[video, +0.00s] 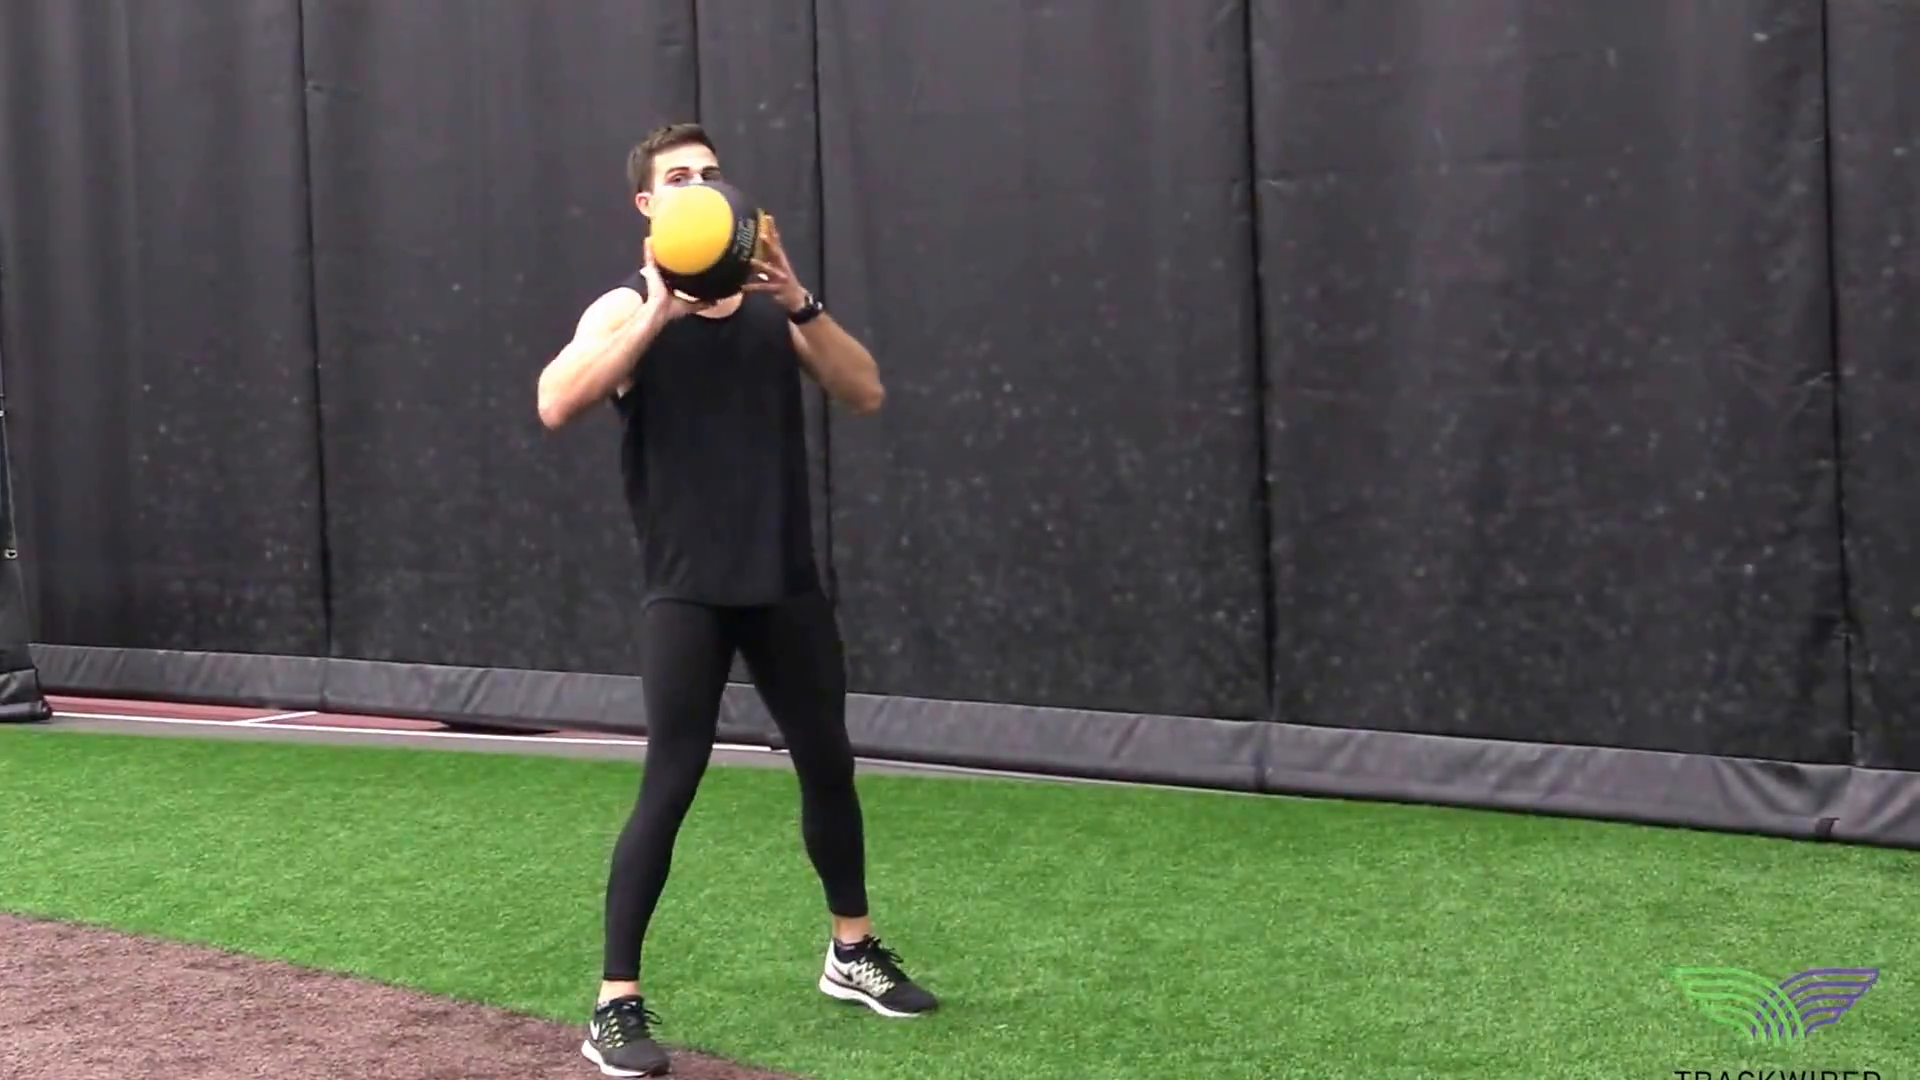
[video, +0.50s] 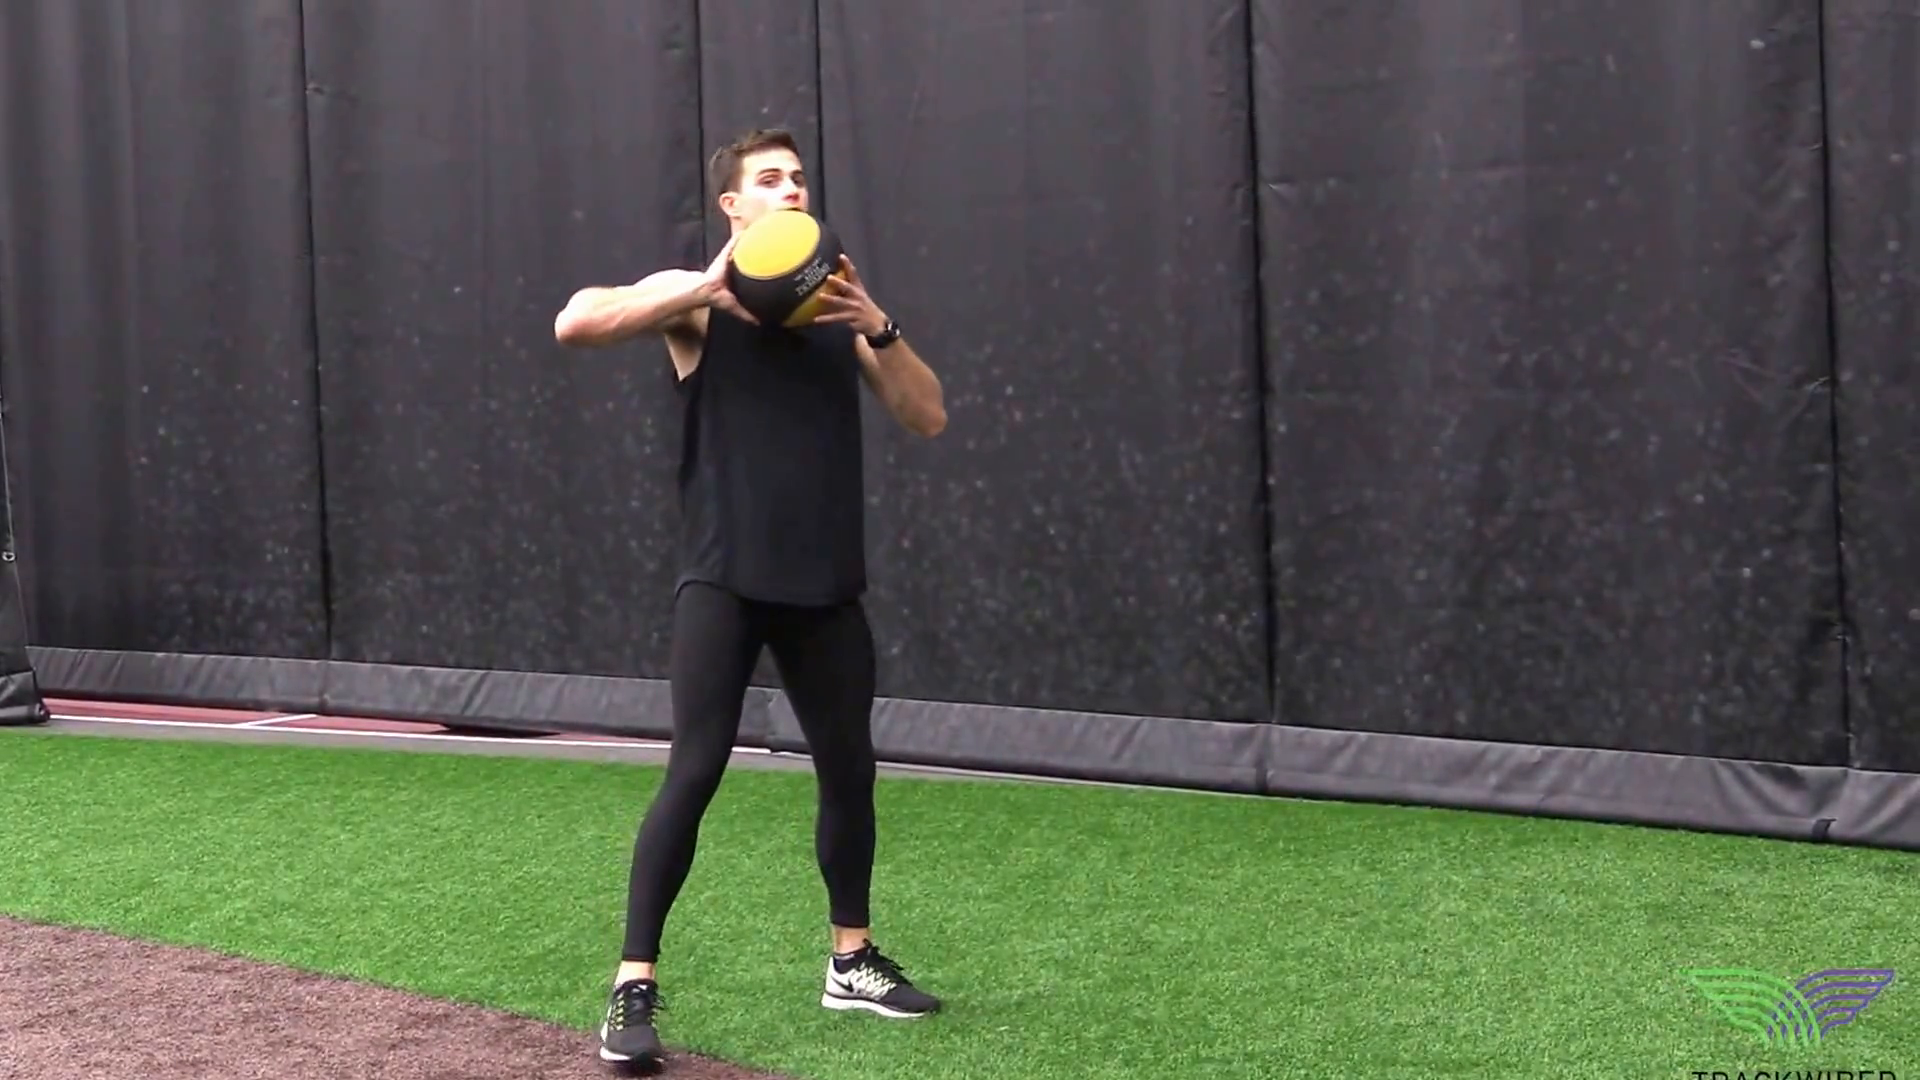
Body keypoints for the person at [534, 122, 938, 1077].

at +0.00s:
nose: (699, 191)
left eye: (708, 177)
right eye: (679, 180)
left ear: (729, 192)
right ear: (644, 205)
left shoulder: (769, 297)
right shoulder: (625, 305)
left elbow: (866, 394)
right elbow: (555, 404)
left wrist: (799, 308)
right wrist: (652, 315)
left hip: (785, 571)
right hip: (687, 579)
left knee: (829, 763)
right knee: (670, 779)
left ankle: (853, 949)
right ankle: (619, 997)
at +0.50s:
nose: (790, 189)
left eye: (798, 177)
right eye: (770, 178)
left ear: (811, 197)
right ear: (729, 202)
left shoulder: (839, 301)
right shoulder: (694, 291)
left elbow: (930, 417)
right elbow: (572, 323)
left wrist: (880, 332)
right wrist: (696, 294)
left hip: (823, 578)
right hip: (721, 574)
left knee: (850, 768)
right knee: (695, 767)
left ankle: (851, 961)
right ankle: (635, 982)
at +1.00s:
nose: (760, 207)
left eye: (765, 194)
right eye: (740, 193)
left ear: (769, 213)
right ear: (692, 209)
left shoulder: (791, 309)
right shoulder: (640, 295)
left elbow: (881, 421)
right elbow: (508, 311)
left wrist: (832, 339)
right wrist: (631, 300)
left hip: (762, 579)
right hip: (660, 574)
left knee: (787, 767)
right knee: (644, 755)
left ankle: (806, 960)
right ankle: (585, 975)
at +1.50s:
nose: (551, 257)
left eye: (554, 239)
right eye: (529, 246)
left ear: (562, 246)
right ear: (480, 265)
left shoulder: (608, 333)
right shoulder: (442, 338)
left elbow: (696, 449)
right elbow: (287, 354)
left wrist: (612, 397)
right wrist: (400, 362)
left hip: (592, 604)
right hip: (484, 604)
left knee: (648, 775)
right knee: (449, 782)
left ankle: (682, 962)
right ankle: (378, 994)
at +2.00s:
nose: (441, 376)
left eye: (440, 354)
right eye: (417, 368)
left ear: (448, 346)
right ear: (367, 384)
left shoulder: (501, 412)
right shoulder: (328, 427)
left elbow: (585, 535)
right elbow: (172, 441)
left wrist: (486, 518)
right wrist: (275, 473)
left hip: (535, 619)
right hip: (424, 636)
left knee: (631, 781)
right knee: (409, 800)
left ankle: (692, 933)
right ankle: (377, 1011)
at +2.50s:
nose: (407, 454)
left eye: (405, 434)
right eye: (384, 453)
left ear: (408, 414)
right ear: (331, 465)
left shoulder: (462, 474)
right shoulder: (288, 484)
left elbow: (556, 589)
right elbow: (135, 486)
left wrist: (449, 593)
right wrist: (240, 539)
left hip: (516, 639)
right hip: (402, 663)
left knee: (628, 781)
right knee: (395, 806)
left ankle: (699, 929)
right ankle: (373, 1013)